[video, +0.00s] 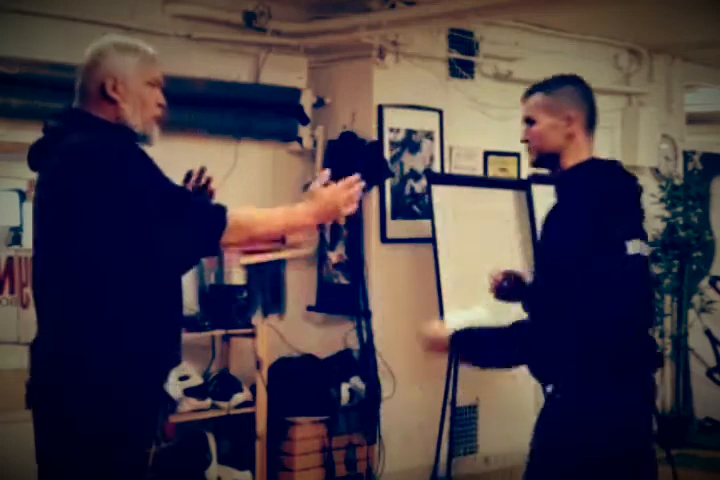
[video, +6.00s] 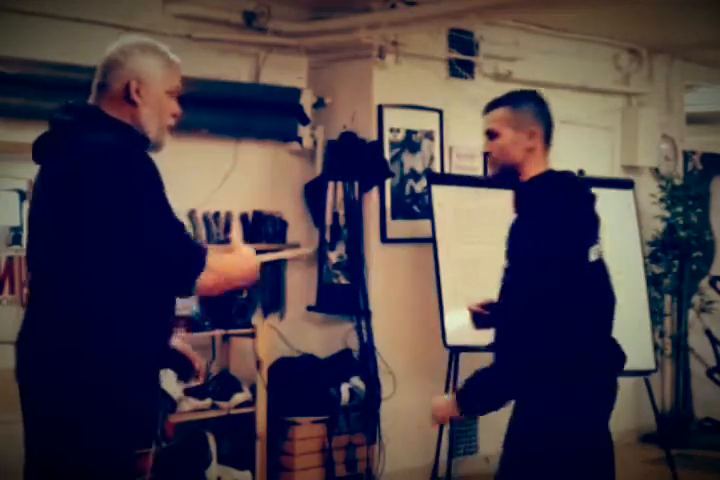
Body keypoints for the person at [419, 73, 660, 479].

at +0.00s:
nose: (523, 135)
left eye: (531, 122)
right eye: (524, 123)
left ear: (569, 124)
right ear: (567, 126)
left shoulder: (579, 203)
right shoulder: (615, 187)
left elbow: (557, 336)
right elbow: (589, 295)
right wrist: (527, 290)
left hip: (584, 402)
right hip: (625, 394)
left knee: (549, 472)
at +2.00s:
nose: (544, 138)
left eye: (552, 125)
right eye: (543, 128)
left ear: (593, 126)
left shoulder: (626, 183)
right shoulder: (567, 207)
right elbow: (547, 305)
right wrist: (507, 260)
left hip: (609, 380)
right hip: (573, 380)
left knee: (541, 472)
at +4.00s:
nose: (546, 131)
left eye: (557, 120)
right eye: (548, 121)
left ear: (595, 130)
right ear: (588, 131)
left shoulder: (611, 201)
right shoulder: (582, 198)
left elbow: (625, 339)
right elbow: (575, 299)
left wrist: (537, 339)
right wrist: (521, 307)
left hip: (593, 392)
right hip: (577, 384)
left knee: (546, 471)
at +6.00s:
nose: (485, 148)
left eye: (493, 135)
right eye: (486, 137)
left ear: (531, 139)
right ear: (530, 141)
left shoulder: (543, 209)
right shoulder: (567, 197)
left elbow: (533, 347)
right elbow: (557, 295)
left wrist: (463, 402)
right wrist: (499, 311)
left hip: (554, 395)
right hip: (584, 382)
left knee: (525, 471)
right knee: (581, 470)